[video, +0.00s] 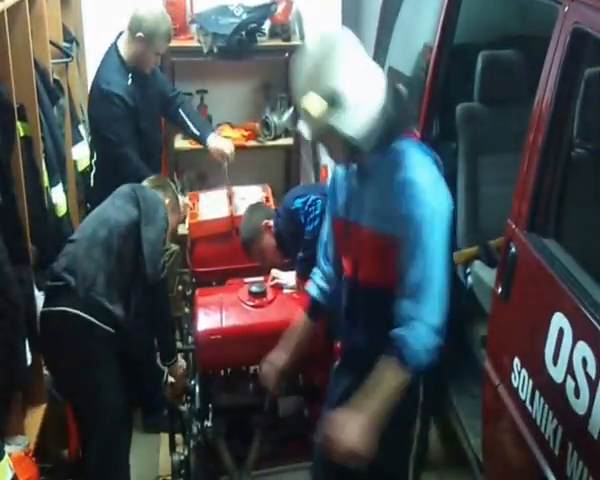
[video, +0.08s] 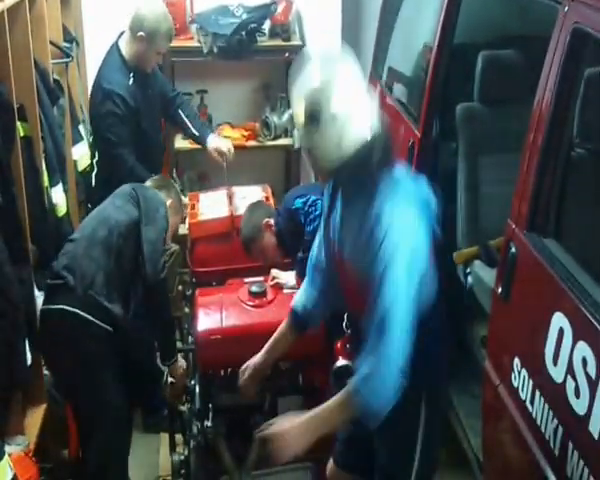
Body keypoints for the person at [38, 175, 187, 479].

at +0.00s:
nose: (172, 231)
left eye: (176, 225)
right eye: (175, 222)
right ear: (171, 204)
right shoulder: (151, 198)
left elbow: (132, 315)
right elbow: (153, 277)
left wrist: (158, 373)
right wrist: (172, 356)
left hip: (55, 320)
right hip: (86, 325)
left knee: (96, 428)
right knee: (112, 426)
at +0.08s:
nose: (171, 234)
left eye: (175, 227)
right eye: (175, 223)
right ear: (169, 204)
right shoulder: (152, 199)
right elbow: (153, 277)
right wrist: (172, 356)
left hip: (53, 318)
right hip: (85, 323)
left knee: (94, 422)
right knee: (112, 421)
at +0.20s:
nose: (170, 242)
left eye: (175, 234)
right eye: (175, 230)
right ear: (170, 207)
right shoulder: (151, 199)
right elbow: (153, 276)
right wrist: (172, 357)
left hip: (51, 318)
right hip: (83, 323)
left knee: (92, 429)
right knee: (111, 429)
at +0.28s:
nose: (171, 242)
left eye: (177, 236)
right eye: (177, 231)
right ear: (171, 208)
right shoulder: (151, 200)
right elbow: (153, 277)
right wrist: (172, 357)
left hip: (51, 318)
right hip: (80, 323)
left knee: (92, 430)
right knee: (109, 430)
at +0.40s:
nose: (171, 248)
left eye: (176, 242)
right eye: (176, 236)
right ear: (169, 211)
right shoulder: (147, 201)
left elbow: (130, 327)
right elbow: (150, 281)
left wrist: (160, 391)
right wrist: (171, 359)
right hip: (75, 323)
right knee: (106, 432)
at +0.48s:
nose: (171, 248)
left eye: (176, 241)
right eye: (176, 236)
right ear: (168, 211)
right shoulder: (146, 201)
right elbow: (149, 281)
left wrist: (160, 389)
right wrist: (171, 359)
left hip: (48, 319)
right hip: (74, 324)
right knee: (106, 432)